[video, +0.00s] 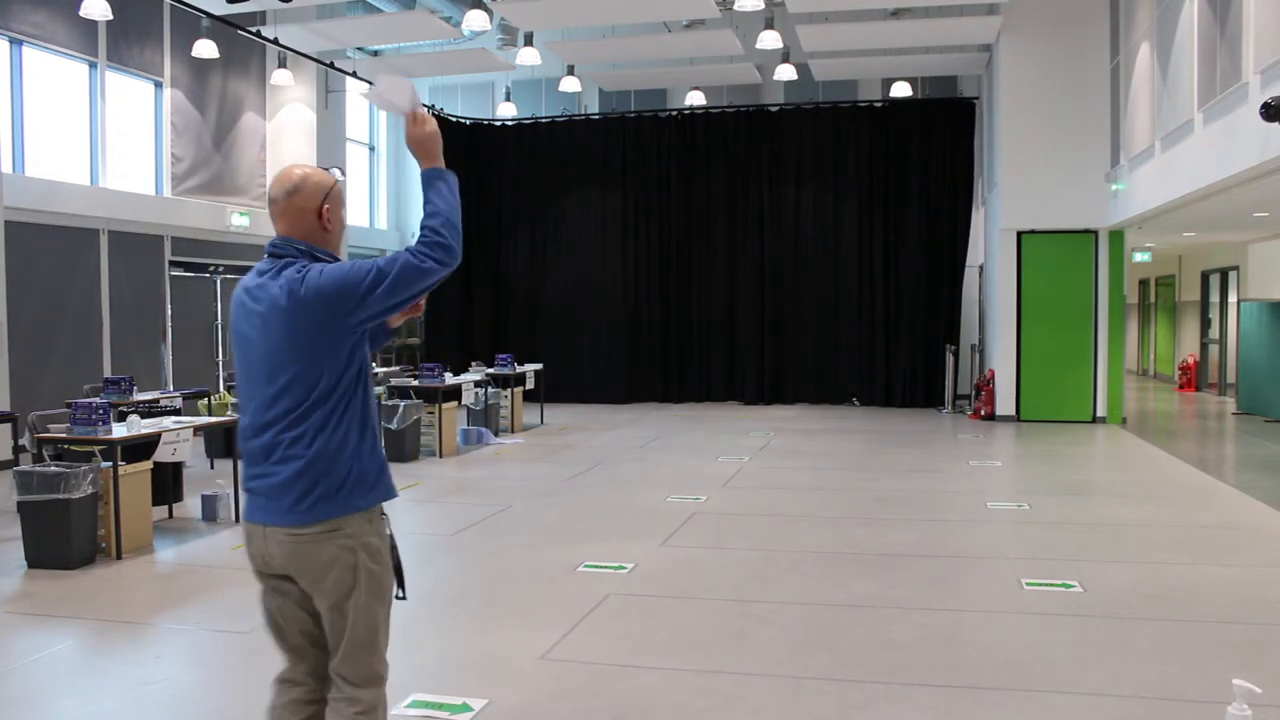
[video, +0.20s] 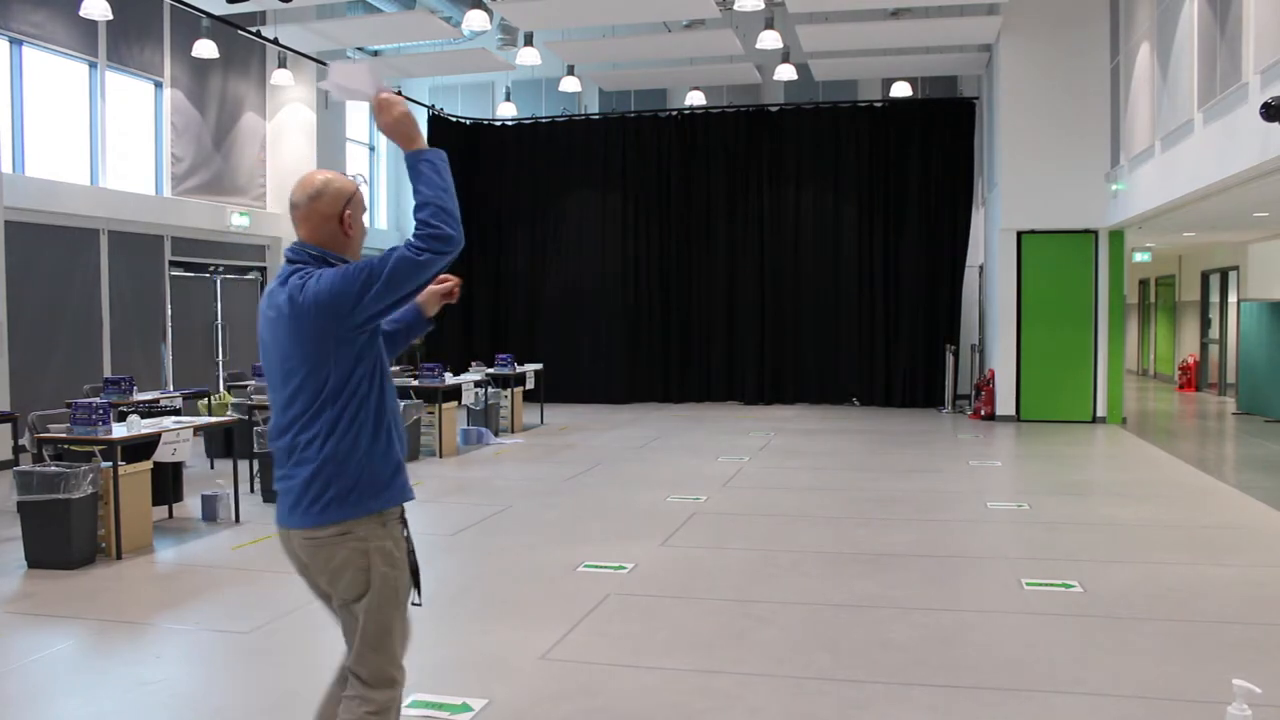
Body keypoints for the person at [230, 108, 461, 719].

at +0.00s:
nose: (344, 216)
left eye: (341, 204)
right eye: (341, 205)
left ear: (277, 216)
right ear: (326, 212)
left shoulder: (248, 293)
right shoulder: (333, 288)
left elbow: (315, 355)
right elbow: (439, 251)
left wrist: (383, 323)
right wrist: (433, 163)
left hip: (266, 525)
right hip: (336, 526)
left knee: (301, 678)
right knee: (358, 689)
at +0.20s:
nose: (365, 220)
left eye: (361, 209)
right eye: (360, 209)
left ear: (303, 222)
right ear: (346, 221)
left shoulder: (282, 295)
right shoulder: (335, 290)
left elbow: (358, 354)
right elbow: (439, 237)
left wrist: (418, 311)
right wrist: (415, 146)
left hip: (308, 521)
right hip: (353, 521)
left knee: (366, 660)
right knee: (379, 683)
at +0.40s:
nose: (386, 233)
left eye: (382, 222)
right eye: (382, 222)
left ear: (330, 234)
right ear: (367, 233)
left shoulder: (321, 301)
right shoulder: (340, 300)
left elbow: (387, 357)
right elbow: (436, 238)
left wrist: (449, 308)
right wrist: (393, 144)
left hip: (378, 510)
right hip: (373, 518)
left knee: (426, 645)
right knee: (395, 682)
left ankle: (432, 715)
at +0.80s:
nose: (443, 258)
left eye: (440, 249)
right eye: (439, 250)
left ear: (388, 263)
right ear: (430, 258)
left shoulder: (369, 333)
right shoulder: (436, 322)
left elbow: (422, 367)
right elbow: (505, 249)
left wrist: (471, 343)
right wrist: (437, 187)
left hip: (405, 518)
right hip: (453, 517)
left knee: (484, 612)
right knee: (455, 654)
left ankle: (499, 709)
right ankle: (409, 718)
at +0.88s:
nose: (453, 251)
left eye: (449, 243)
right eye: (450, 244)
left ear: (398, 262)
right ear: (444, 252)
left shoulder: (378, 336)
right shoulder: (470, 311)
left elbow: (389, 421)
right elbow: (541, 245)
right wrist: (492, 191)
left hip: (410, 512)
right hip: (469, 505)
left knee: (481, 619)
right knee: (459, 646)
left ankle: (501, 711)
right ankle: (414, 719)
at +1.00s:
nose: (464, 246)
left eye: (459, 240)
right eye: (461, 240)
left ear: (412, 262)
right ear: (459, 250)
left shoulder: (391, 328)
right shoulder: (491, 302)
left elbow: (392, 411)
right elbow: (552, 281)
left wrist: (448, 411)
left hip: (421, 494)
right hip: (484, 486)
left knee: (471, 613)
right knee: (471, 625)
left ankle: (498, 711)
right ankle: (423, 713)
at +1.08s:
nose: (474, 253)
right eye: (472, 245)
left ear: (421, 263)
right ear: (470, 253)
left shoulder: (402, 323)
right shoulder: (504, 304)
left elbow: (401, 401)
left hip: (431, 487)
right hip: (497, 481)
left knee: (471, 610)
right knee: (480, 620)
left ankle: (499, 711)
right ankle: (439, 714)